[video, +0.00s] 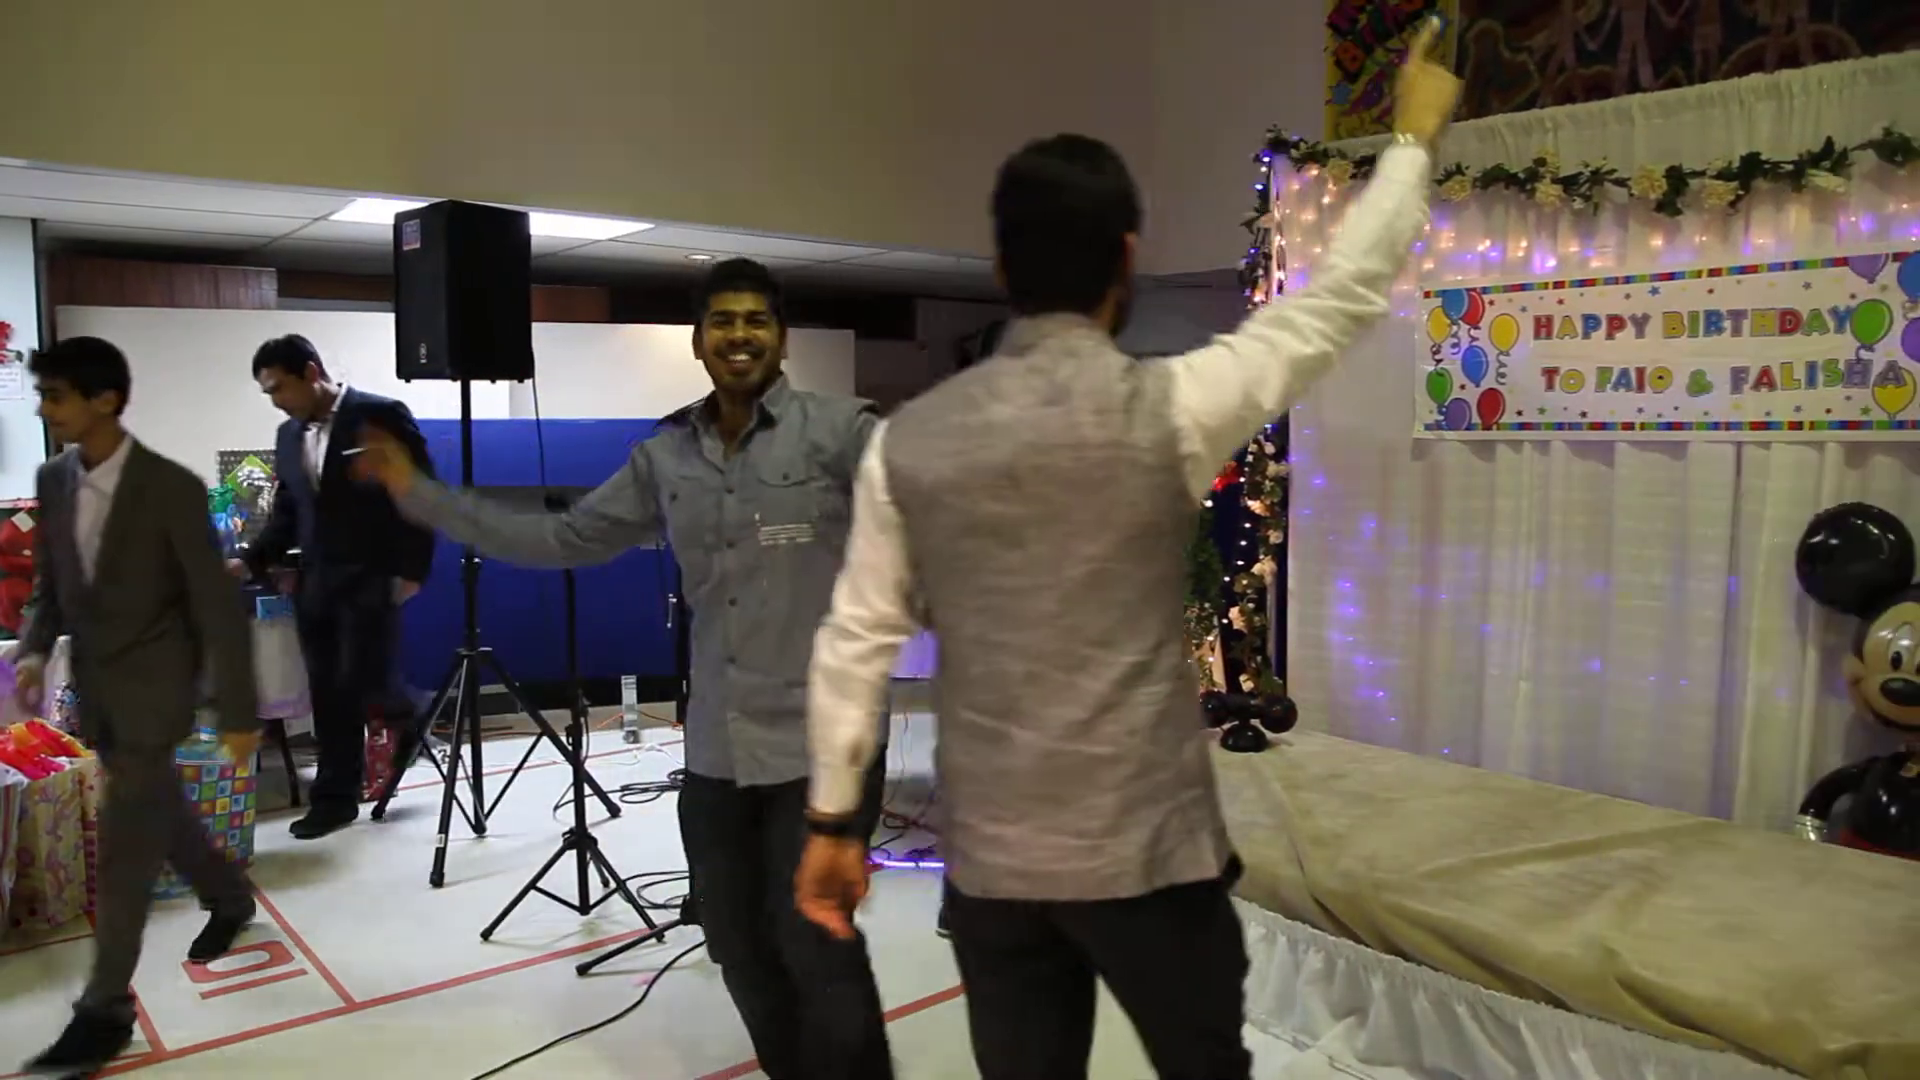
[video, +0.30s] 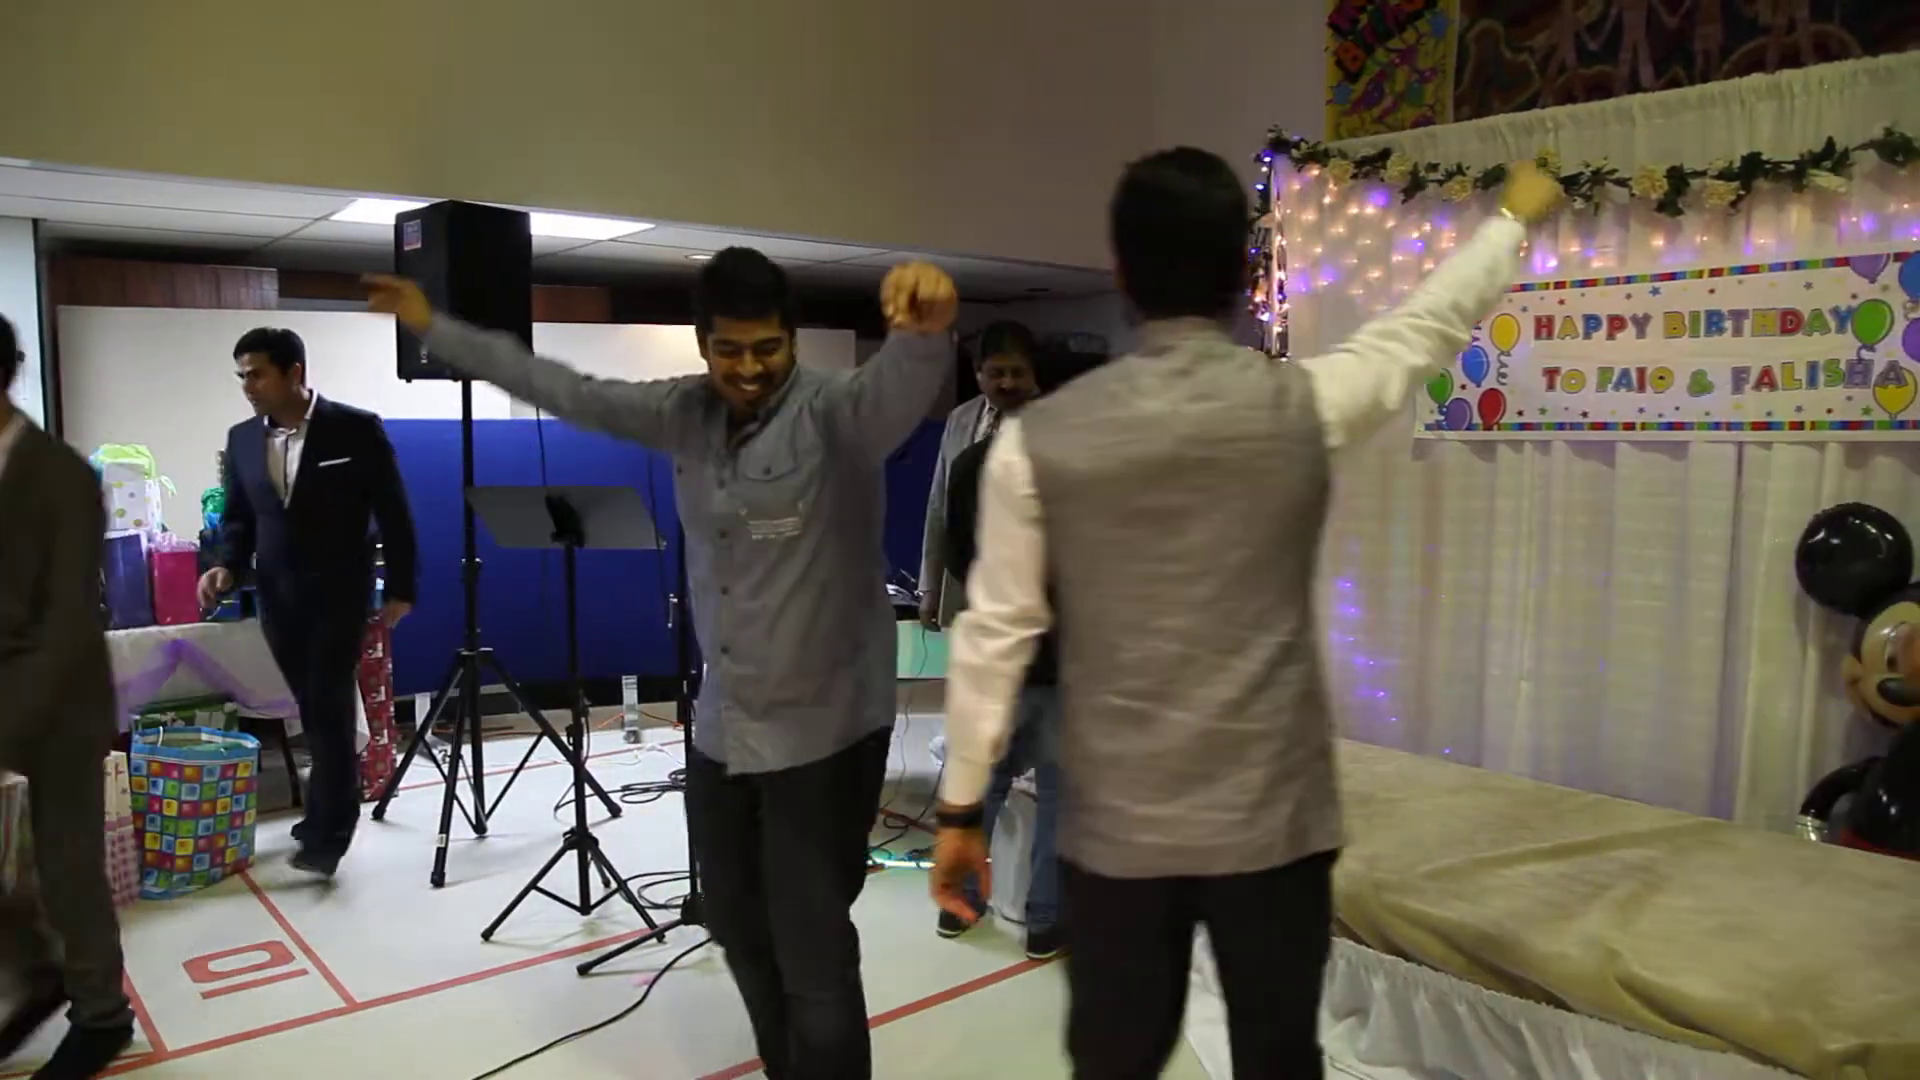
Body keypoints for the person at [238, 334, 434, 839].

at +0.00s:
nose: (274, 401)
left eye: (278, 388)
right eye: (268, 392)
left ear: (312, 373)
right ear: (299, 381)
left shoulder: (381, 418)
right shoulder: (290, 436)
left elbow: (420, 493)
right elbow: (287, 513)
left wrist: (414, 569)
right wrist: (251, 559)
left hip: (375, 578)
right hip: (318, 581)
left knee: (369, 681)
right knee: (330, 695)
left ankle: (413, 712)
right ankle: (335, 801)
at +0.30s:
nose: (245, 387)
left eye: (255, 376)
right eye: (242, 377)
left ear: (293, 374)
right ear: (243, 379)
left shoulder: (356, 431)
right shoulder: (243, 442)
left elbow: (393, 513)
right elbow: (238, 519)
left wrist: (401, 589)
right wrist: (226, 564)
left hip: (340, 594)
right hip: (280, 599)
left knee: (329, 713)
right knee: (314, 713)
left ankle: (326, 848)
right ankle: (322, 821)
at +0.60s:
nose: (222, 366)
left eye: (233, 356)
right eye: (218, 356)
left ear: (276, 360)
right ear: (221, 364)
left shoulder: (334, 430)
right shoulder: (205, 438)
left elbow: (368, 521)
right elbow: (192, 529)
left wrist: (382, 601)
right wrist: (179, 603)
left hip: (316, 615)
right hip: (245, 620)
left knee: (314, 746)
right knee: (268, 738)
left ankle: (309, 876)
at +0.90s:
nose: (172, 356)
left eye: (186, 344)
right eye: (170, 345)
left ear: (232, 352)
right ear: (175, 355)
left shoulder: (291, 426)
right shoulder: (160, 433)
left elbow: (323, 520)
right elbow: (150, 534)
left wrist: (311, 601)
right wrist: (132, 619)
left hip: (273, 633)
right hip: (186, 635)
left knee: (289, 765)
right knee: (190, 783)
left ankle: (304, 879)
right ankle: (186, 923)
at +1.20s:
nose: (69, 360)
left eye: (81, 346)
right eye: (66, 347)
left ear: (132, 349)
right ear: (79, 353)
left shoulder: (198, 433)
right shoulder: (67, 435)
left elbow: (229, 545)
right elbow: (50, 546)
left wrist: (229, 644)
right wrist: (28, 640)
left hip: (161, 656)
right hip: (78, 660)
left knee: (199, 783)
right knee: (97, 817)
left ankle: (267, 856)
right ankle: (123, 956)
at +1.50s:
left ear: (14, 349)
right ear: (17, 351)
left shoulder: (82, 444)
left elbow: (135, 566)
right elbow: (131, 565)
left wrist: (148, 677)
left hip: (48, 679)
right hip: (14, 680)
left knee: (29, 824)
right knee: (54, 814)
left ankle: (126, 949)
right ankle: (124, 950)